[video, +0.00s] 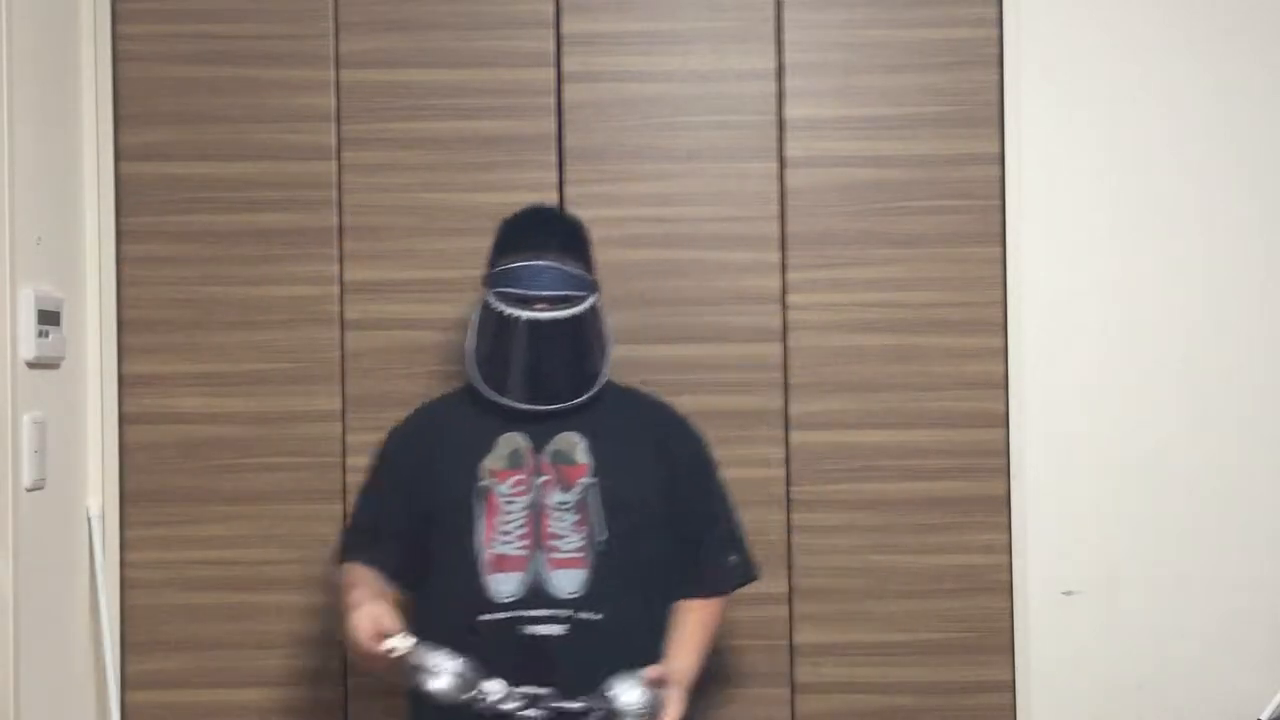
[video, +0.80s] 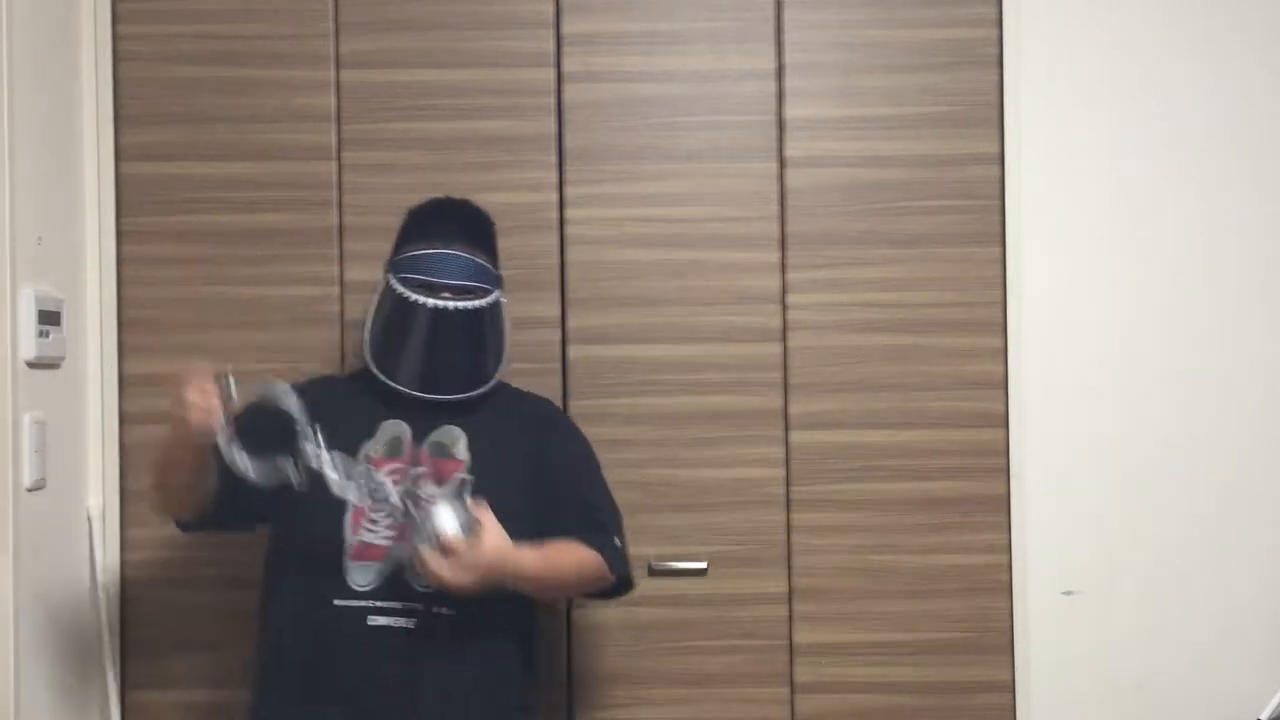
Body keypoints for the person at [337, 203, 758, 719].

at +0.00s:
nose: (539, 338)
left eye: (560, 319)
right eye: (520, 319)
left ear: (592, 316)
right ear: (488, 315)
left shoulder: (658, 439)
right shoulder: (428, 439)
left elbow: (707, 572)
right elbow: (371, 548)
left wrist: (679, 670)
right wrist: (371, 603)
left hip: (614, 703)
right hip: (467, 701)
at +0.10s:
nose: (494, 337)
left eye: (513, 318)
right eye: (474, 316)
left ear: (546, 320)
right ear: (443, 314)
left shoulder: (604, 446)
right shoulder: (372, 442)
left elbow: (655, 579)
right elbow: (296, 552)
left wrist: (615, 663)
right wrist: (293, 596)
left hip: (547, 704)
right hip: (400, 702)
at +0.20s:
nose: (449, 331)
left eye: (471, 312)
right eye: (432, 310)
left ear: (505, 312)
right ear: (402, 306)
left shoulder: (560, 438)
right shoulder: (337, 424)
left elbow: (620, 569)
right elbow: (245, 530)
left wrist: (542, 605)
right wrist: (210, 504)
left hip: (505, 705)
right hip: (353, 701)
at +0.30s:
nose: (425, 327)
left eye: (448, 309)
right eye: (406, 306)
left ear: (480, 310)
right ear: (376, 302)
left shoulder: (530, 426)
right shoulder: (303, 412)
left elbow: (593, 564)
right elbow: (176, 485)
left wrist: (491, 519)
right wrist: (168, 395)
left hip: (478, 701)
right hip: (325, 699)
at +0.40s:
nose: (412, 311)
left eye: (433, 292)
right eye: (393, 288)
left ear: (465, 299)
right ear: (358, 290)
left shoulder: (507, 416)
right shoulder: (283, 403)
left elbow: (566, 545)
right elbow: (146, 431)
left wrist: (461, 464)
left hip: (461, 702)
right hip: (307, 700)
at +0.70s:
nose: (414, 319)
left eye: (437, 302)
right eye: (393, 298)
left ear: (468, 306)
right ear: (362, 296)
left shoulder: (513, 423)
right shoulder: (285, 409)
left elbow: (580, 554)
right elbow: (147, 459)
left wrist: (473, 502)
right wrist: (166, 353)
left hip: (454, 701)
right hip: (286, 699)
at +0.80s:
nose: (437, 326)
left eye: (461, 309)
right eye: (418, 305)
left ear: (492, 312)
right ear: (387, 300)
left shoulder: (539, 433)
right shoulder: (313, 413)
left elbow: (606, 563)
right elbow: (189, 505)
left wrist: (508, 564)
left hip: (474, 705)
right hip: (316, 702)